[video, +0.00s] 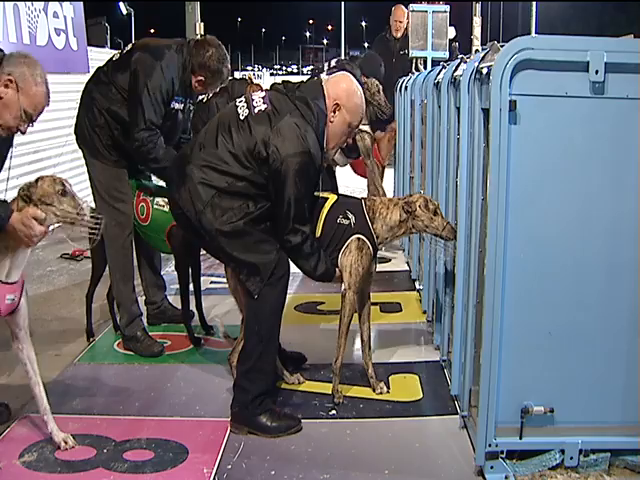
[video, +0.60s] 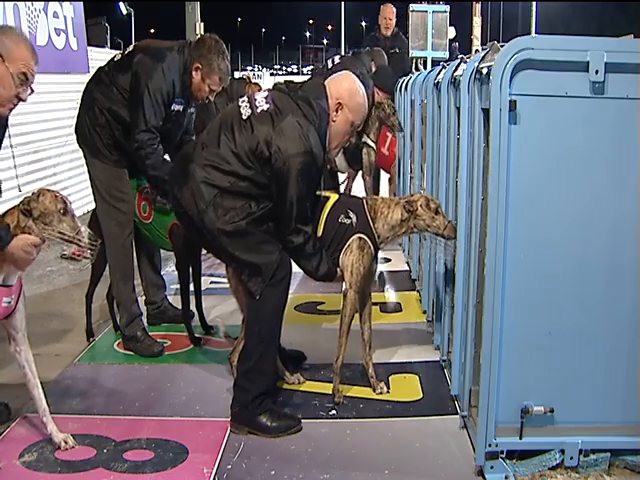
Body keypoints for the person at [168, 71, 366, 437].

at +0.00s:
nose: (348, 136)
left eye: (353, 128)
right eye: (350, 126)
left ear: (330, 104)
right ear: (333, 108)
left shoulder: (294, 106)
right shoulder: (297, 147)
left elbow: (317, 196)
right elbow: (292, 230)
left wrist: (339, 235)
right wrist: (331, 268)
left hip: (199, 180)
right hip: (206, 196)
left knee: (266, 265)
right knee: (272, 271)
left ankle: (265, 351)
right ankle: (251, 405)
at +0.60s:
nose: (350, 136)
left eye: (355, 128)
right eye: (352, 126)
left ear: (332, 103)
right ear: (335, 107)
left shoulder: (296, 108)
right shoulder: (300, 146)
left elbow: (311, 199)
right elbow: (294, 229)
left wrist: (341, 234)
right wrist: (331, 268)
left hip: (203, 179)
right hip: (209, 194)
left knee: (269, 265)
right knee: (273, 272)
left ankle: (264, 351)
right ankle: (251, 404)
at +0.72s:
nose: (352, 127)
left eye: (356, 119)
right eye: (353, 117)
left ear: (333, 94)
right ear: (336, 100)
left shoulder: (298, 95)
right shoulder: (302, 139)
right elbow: (296, 225)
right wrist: (336, 260)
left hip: (204, 178)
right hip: (212, 195)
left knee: (270, 266)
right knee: (276, 275)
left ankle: (265, 351)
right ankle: (251, 404)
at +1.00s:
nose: (360, 84)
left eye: (364, 75)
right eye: (361, 73)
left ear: (338, 53)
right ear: (342, 56)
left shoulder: (304, 66)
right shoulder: (316, 94)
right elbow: (312, 177)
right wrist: (336, 232)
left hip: (218, 158)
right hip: (225, 170)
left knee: (279, 267)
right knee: (278, 272)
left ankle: (269, 356)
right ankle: (250, 404)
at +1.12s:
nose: (363, 68)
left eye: (366, 59)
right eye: (363, 57)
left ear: (340, 37)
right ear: (344, 41)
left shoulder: (306, 52)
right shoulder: (319, 79)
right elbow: (324, 166)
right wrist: (348, 219)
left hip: (225, 150)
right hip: (237, 164)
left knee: (288, 244)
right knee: (306, 246)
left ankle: (271, 352)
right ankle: (272, 372)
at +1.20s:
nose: (368, 59)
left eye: (371, 51)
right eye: (368, 49)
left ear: (342, 29)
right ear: (349, 34)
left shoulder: (307, 47)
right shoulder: (324, 76)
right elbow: (330, 166)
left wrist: (367, 130)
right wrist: (360, 213)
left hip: (223, 143)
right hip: (241, 157)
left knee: (291, 241)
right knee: (314, 248)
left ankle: (263, 345)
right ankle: (309, 386)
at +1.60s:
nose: (418, 65)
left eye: (421, 55)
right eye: (417, 53)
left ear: (387, 31)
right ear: (396, 36)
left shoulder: (348, 50)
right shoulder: (376, 85)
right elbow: (388, 171)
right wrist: (425, 226)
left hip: (263, 159)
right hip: (294, 170)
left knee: (302, 251)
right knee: (353, 261)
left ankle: (263, 347)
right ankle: (356, 386)